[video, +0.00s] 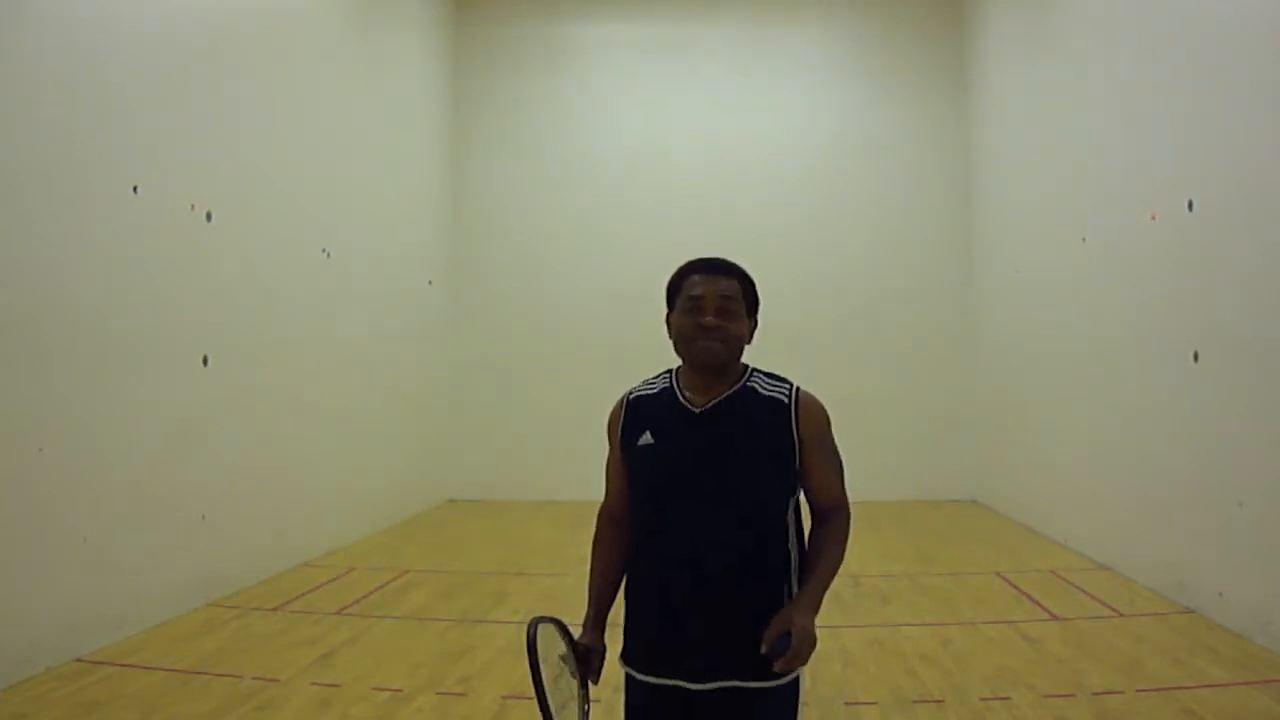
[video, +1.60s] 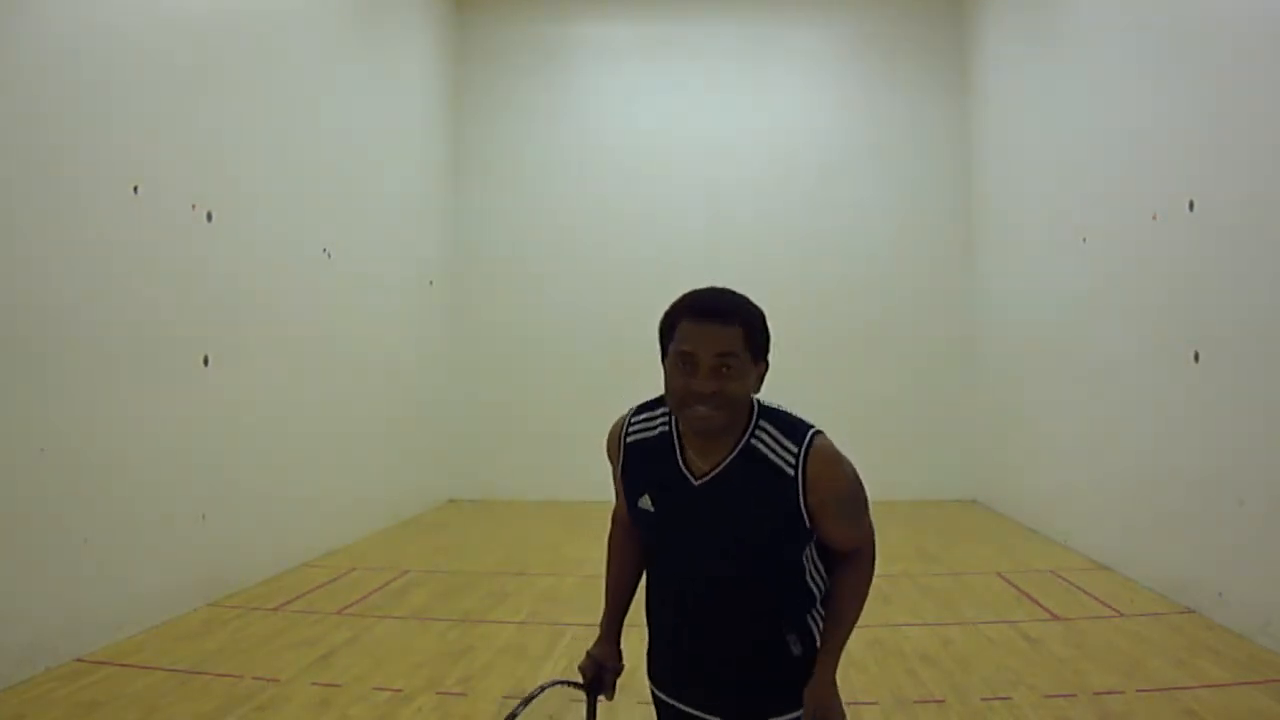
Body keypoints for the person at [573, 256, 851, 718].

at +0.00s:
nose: (709, 319)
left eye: (727, 309)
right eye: (694, 307)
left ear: (750, 329)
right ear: (669, 323)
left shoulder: (796, 413)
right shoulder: (633, 413)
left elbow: (832, 514)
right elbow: (616, 518)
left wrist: (805, 606)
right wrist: (594, 624)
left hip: (757, 667)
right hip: (658, 663)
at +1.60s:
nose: (703, 385)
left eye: (725, 367)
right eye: (686, 364)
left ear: (759, 373)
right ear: (664, 365)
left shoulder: (811, 464)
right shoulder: (631, 441)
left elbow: (855, 555)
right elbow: (630, 525)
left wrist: (826, 673)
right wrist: (608, 636)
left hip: (780, 691)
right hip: (678, 685)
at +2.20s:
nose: (765, 397)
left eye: (788, 377)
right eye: (746, 372)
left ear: (814, 382)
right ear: (712, 367)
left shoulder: (853, 482)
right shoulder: (652, 442)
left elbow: (869, 579)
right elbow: (631, 532)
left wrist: (845, 699)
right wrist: (608, 651)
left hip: (791, 696)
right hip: (677, 689)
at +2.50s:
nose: (813, 339)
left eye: (820, 324)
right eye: (792, 317)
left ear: (827, 331)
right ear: (727, 315)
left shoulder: (835, 439)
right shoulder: (649, 420)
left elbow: (842, 552)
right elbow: (594, 544)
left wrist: (881, 644)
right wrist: (588, 684)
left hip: (780, 698)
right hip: (659, 694)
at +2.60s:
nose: (811, 346)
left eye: (813, 329)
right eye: (796, 324)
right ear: (726, 317)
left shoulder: (808, 431)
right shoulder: (634, 422)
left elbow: (827, 543)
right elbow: (575, 555)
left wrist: (893, 600)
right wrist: (577, 698)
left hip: (769, 703)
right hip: (646, 700)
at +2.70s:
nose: (793, 356)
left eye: (794, 338)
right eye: (781, 335)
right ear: (713, 326)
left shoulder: (778, 435)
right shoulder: (615, 429)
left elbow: (806, 538)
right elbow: (543, 564)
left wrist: (899, 556)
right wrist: (555, 705)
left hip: (748, 702)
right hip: (628, 700)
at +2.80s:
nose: (766, 374)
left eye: (768, 356)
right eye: (757, 353)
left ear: (700, 347)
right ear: (692, 344)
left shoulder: (738, 444)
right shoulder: (587, 445)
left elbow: (779, 533)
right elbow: (503, 583)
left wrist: (892, 537)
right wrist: (516, 713)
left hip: (716, 706)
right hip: (598, 708)